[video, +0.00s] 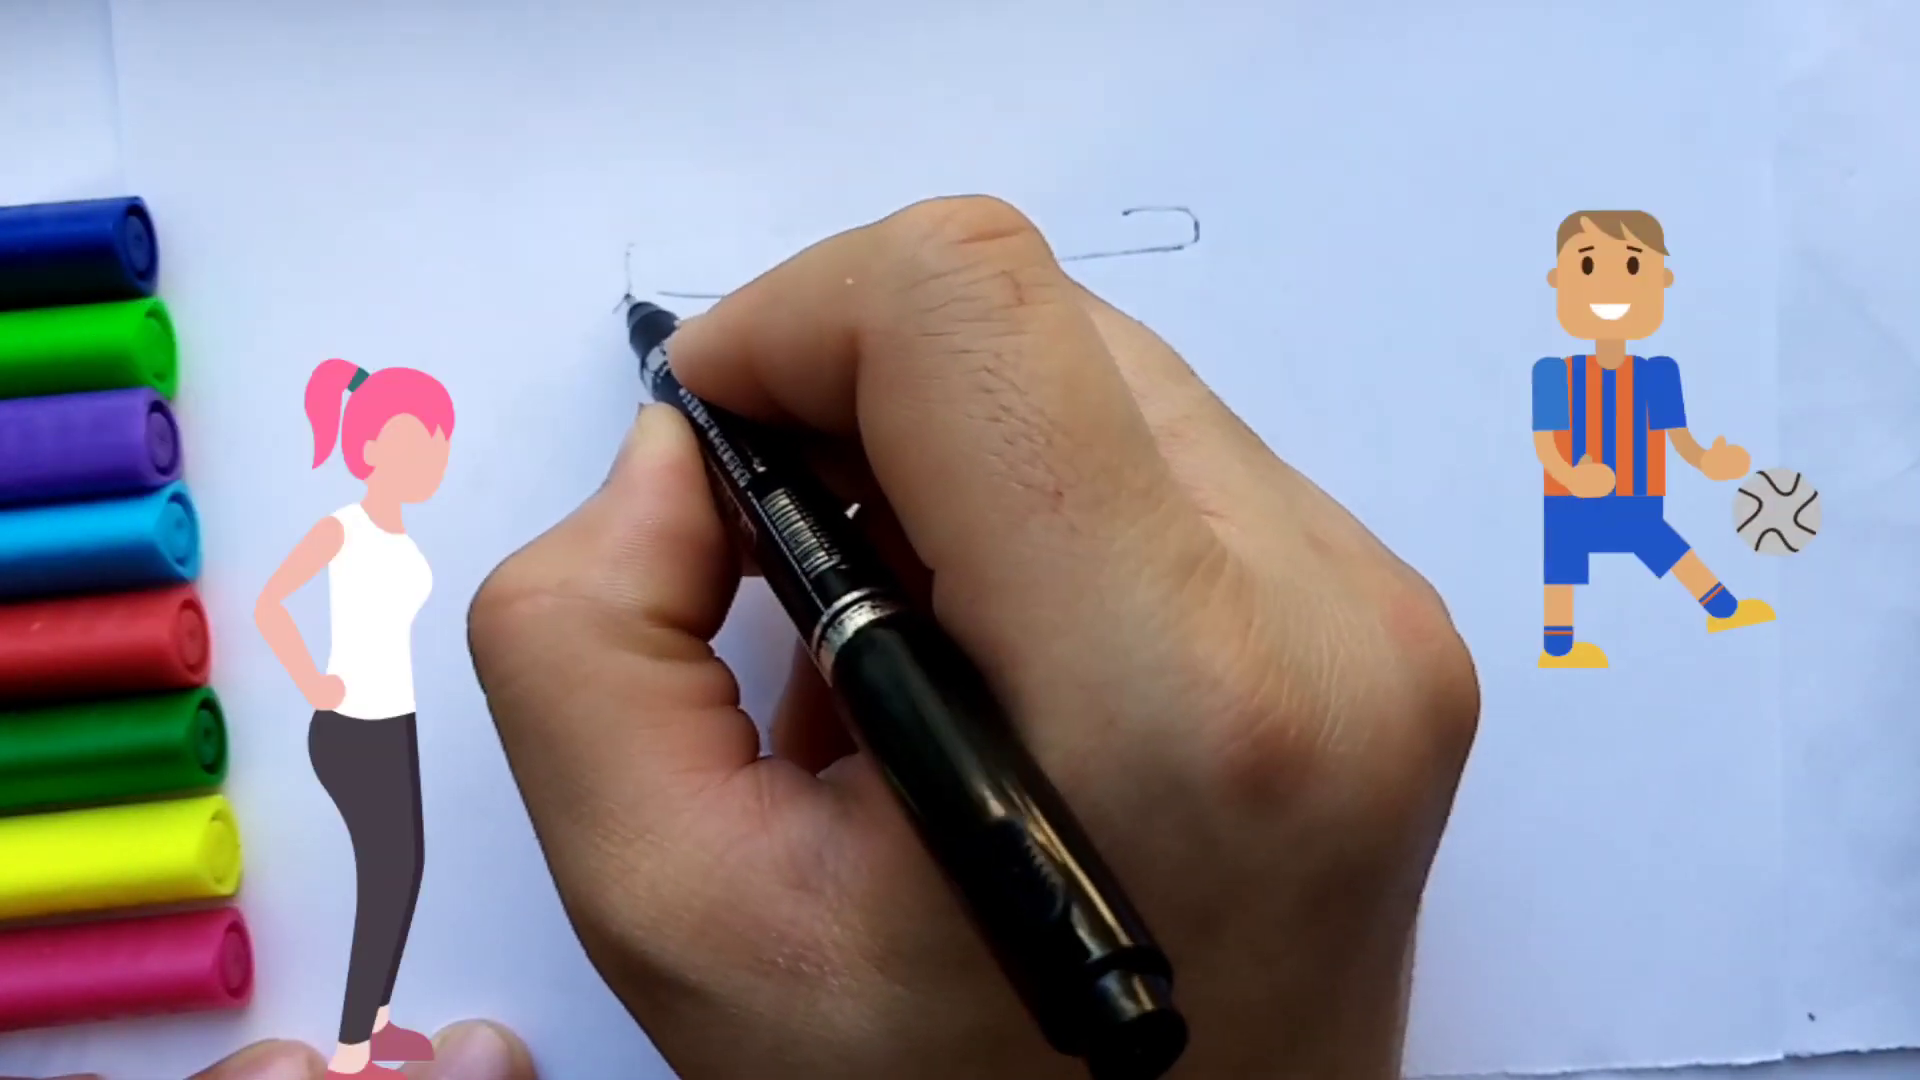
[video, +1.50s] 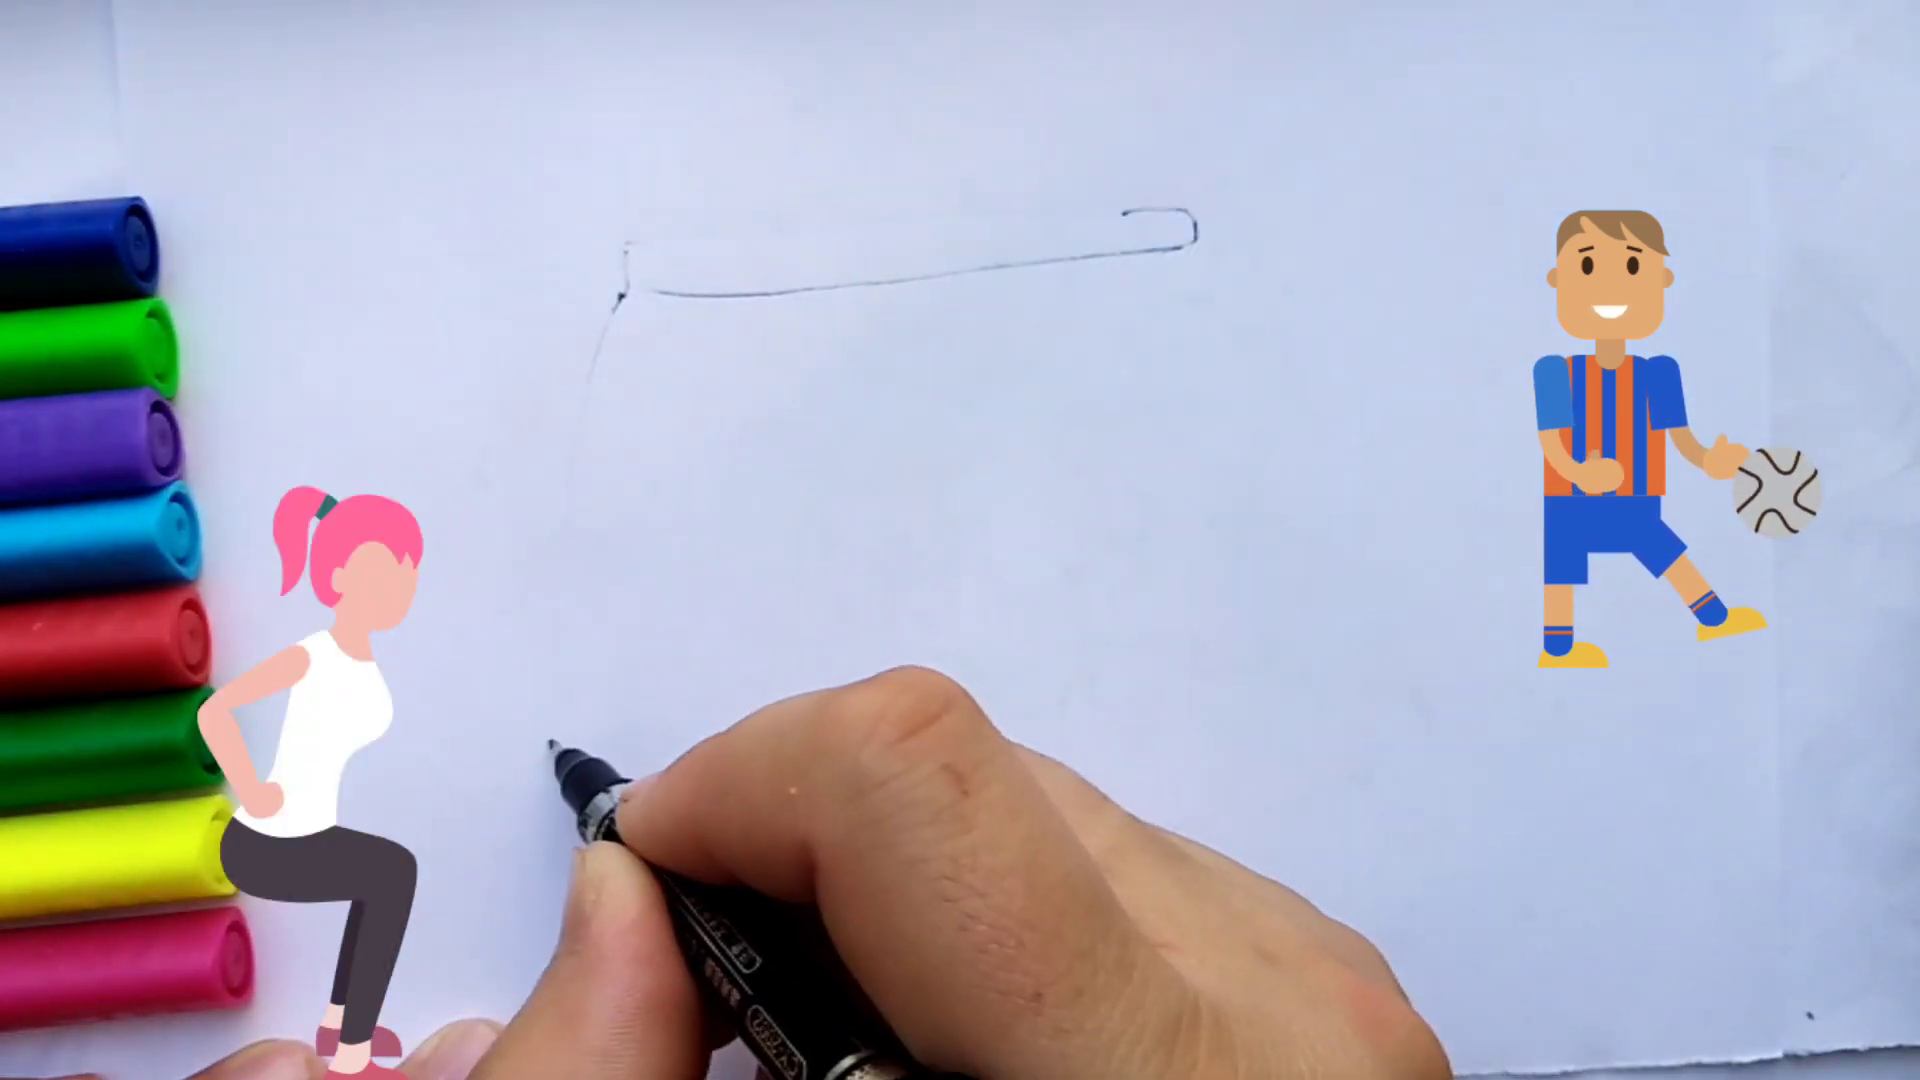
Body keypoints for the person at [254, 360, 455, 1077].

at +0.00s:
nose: (432, 460)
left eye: (436, 444)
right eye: (417, 442)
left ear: (438, 452)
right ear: (375, 448)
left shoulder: (406, 539)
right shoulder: (343, 529)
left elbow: (390, 623)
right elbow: (269, 605)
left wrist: (397, 685)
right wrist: (313, 684)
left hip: (397, 729)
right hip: (352, 730)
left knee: (404, 872)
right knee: (387, 876)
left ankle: (375, 1021)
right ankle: (350, 1047)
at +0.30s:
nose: (400, 590)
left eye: (403, 574)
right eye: (384, 573)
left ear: (405, 581)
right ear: (344, 578)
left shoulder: (366, 668)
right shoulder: (312, 655)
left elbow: (325, 741)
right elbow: (214, 712)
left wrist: (320, 801)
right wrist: (250, 791)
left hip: (309, 844)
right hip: (264, 849)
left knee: (391, 865)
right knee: (392, 871)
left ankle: (340, 1022)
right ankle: (351, 1055)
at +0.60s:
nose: (434, 458)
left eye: (438, 441)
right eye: (418, 440)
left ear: (439, 451)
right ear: (376, 447)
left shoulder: (406, 538)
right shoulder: (344, 529)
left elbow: (389, 621)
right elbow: (269, 604)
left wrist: (396, 683)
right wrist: (311, 682)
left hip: (397, 728)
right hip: (352, 728)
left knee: (404, 871)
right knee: (387, 874)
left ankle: (373, 1023)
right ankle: (351, 1048)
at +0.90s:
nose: (401, 590)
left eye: (404, 573)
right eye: (385, 573)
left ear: (404, 582)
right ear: (345, 578)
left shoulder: (365, 665)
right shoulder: (311, 656)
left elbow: (324, 738)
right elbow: (213, 712)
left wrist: (319, 798)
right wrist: (249, 790)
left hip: (309, 842)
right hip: (264, 849)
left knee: (392, 865)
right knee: (392, 872)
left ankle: (339, 1026)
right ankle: (350, 1055)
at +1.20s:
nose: (433, 458)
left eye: (438, 442)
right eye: (418, 440)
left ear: (440, 452)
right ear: (375, 447)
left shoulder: (404, 536)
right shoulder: (344, 529)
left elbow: (386, 622)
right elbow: (269, 604)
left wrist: (396, 686)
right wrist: (312, 683)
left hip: (397, 730)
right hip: (353, 732)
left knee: (405, 873)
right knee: (387, 879)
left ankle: (373, 1021)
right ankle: (349, 1050)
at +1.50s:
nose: (405, 589)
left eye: (406, 572)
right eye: (391, 571)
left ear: (403, 580)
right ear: (347, 578)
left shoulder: (364, 663)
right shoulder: (312, 655)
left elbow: (322, 739)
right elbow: (214, 712)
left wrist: (317, 799)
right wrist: (249, 791)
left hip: (308, 842)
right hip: (264, 851)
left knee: (390, 865)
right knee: (392, 872)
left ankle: (341, 1021)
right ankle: (350, 1053)